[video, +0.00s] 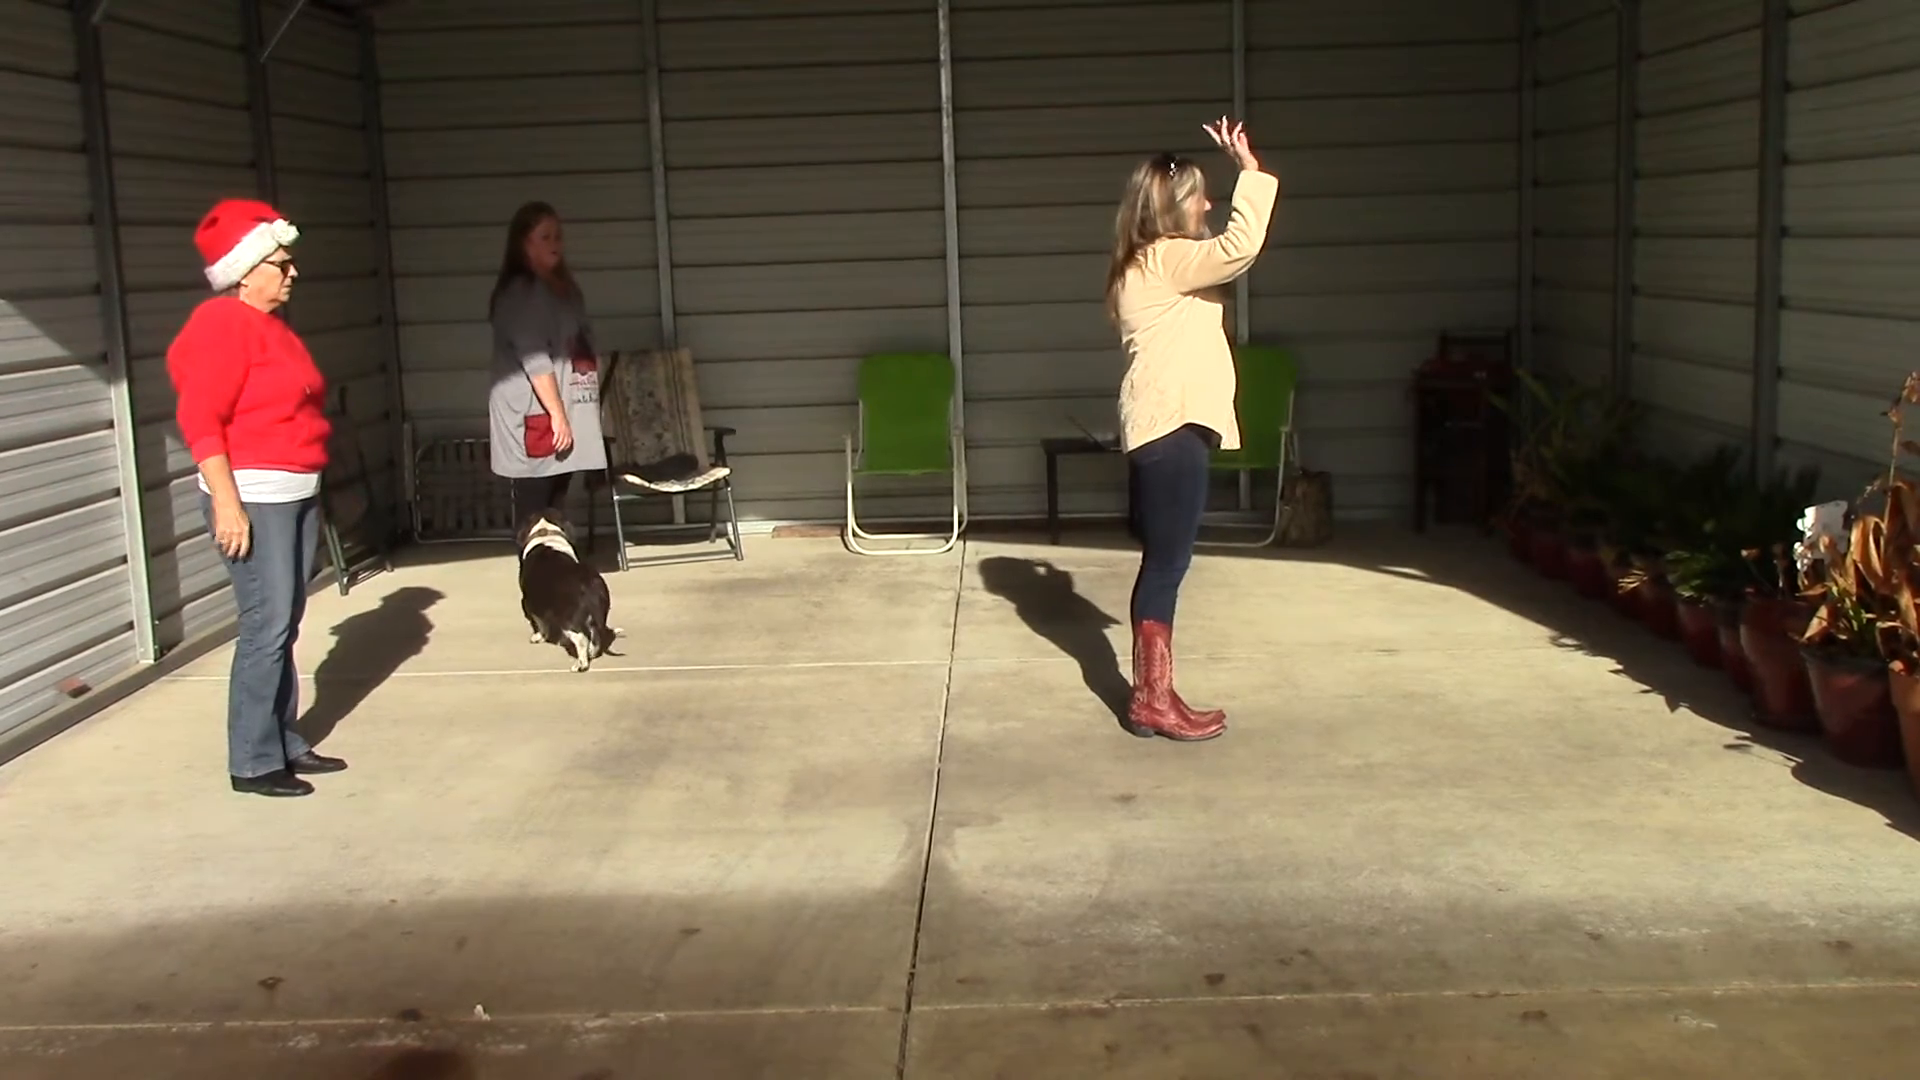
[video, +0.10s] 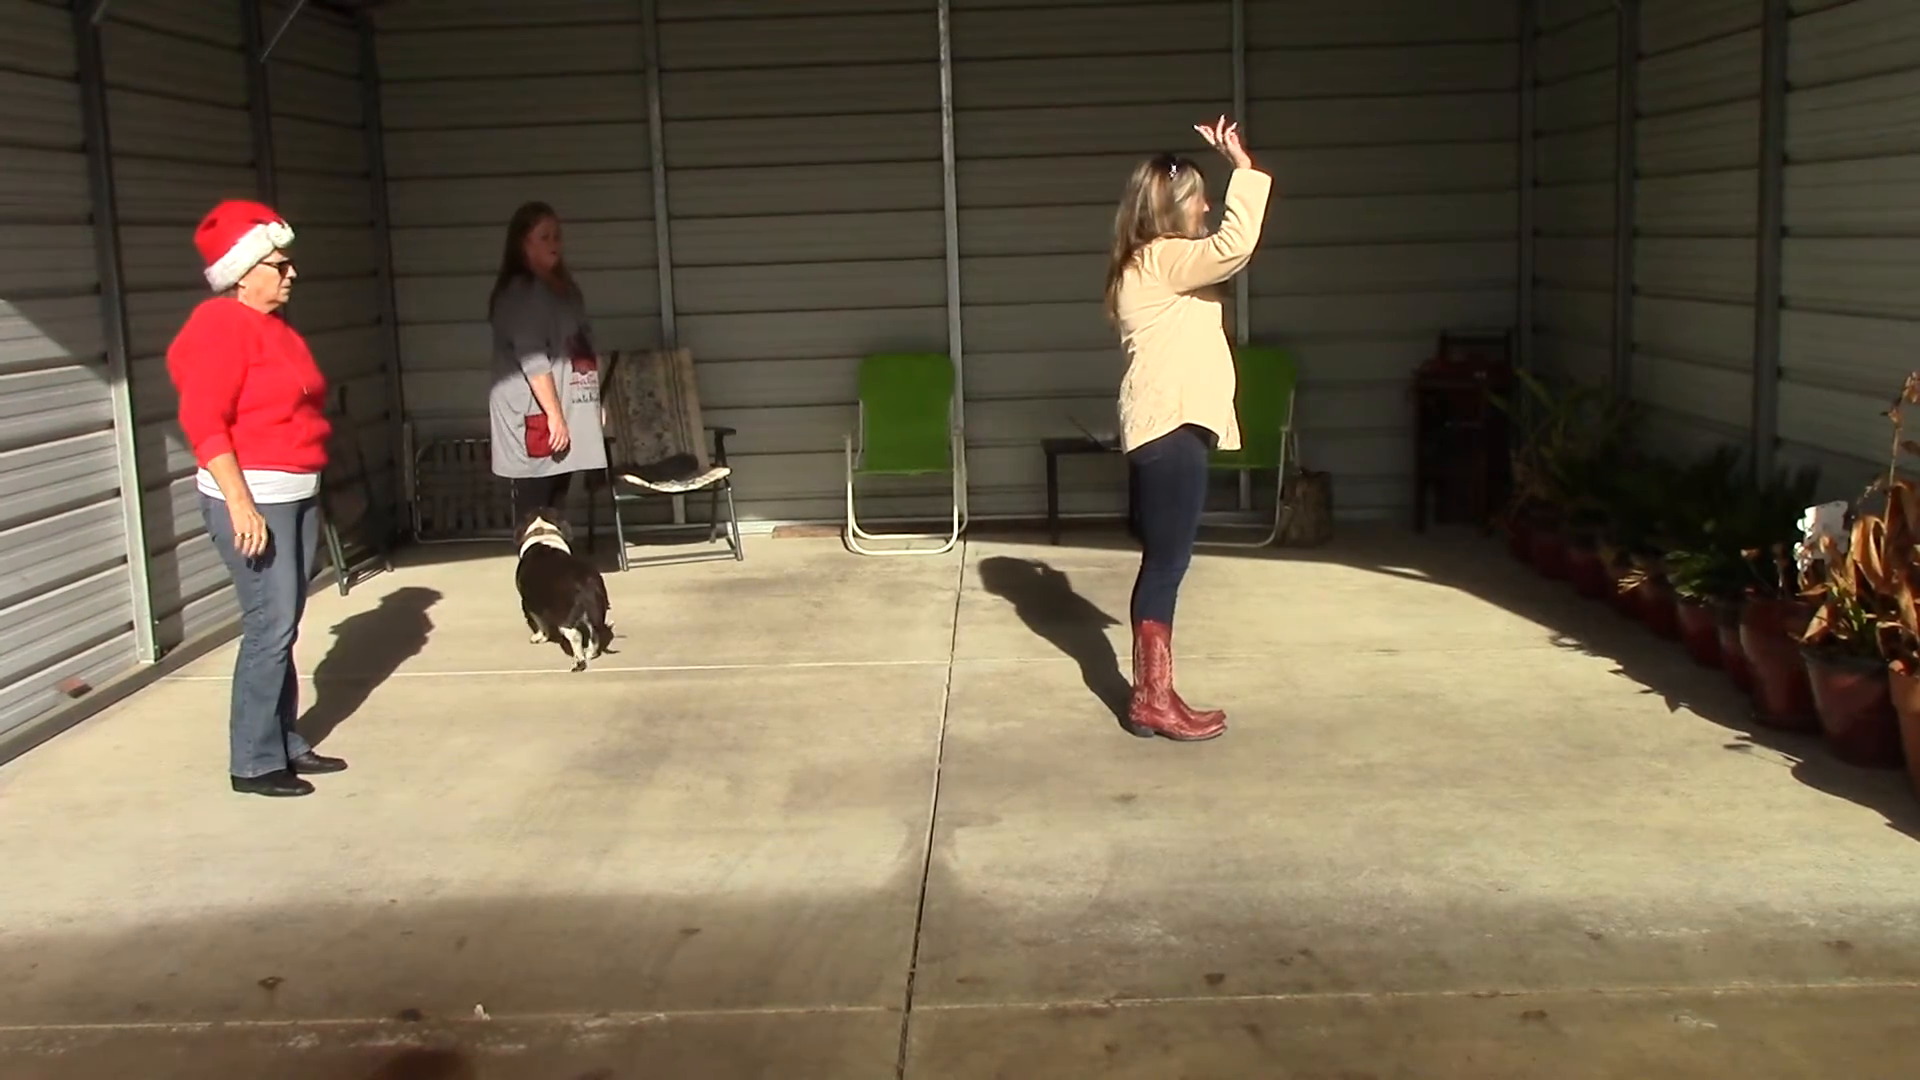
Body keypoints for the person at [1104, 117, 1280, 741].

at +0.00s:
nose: (1209, 206)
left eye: (1206, 196)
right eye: (1200, 197)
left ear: (1164, 206)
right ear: (1171, 205)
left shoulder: (1147, 265)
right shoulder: (1163, 258)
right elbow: (1239, 248)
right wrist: (1254, 175)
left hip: (1162, 428)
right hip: (1174, 428)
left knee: (1163, 558)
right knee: (1167, 559)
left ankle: (1153, 694)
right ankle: (1152, 699)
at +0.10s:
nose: (1208, 208)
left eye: (1206, 198)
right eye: (1199, 198)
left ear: (1161, 204)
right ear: (1171, 204)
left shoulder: (1147, 263)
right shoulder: (1161, 257)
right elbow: (1234, 247)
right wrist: (1247, 172)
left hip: (1161, 427)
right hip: (1173, 427)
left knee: (1163, 559)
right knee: (1167, 560)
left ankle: (1153, 695)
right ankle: (1152, 699)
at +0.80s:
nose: (1227, 212)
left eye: (1226, 201)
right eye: (1219, 201)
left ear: (1183, 205)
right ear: (1190, 205)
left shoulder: (1160, 263)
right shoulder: (1175, 259)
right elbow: (1248, 262)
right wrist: (1274, 191)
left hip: (1168, 427)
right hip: (1175, 427)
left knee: (1166, 561)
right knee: (1167, 563)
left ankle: (1156, 697)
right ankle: (1151, 700)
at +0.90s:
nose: (1230, 218)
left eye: (1230, 208)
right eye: (1222, 208)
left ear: (1180, 208)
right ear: (1192, 209)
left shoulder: (1156, 268)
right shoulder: (1183, 263)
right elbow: (1252, 274)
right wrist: (1287, 205)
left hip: (1158, 434)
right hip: (1183, 433)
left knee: (1173, 557)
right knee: (1207, 560)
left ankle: (1147, 690)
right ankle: (1157, 692)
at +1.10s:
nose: (1243, 234)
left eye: (1243, 223)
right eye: (1235, 223)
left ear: (1198, 223)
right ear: (1204, 222)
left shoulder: (1163, 277)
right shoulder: (1193, 271)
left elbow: (1177, 348)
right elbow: (1266, 272)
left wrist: (1226, 330)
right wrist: (1310, 206)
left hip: (1167, 451)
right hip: (1199, 447)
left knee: (1205, 561)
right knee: (1284, 542)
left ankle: (1154, 689)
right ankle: (1217, 668)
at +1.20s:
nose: (1251, 240)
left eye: (1251, 230)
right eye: (1245, 228)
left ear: (1199, 221)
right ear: (1219, 223)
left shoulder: (1170, 280)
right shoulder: (1201, 271)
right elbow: (1277, 259)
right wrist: (1320, 192)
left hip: (1175, 452)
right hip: (1208, 446)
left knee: (1213, 567)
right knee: (1301, 540)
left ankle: (1155, 687)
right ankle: (1278, 679)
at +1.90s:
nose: (1308, 215)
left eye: (1305, 205)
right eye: (1298, 207)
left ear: (1255, 222)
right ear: (1270, 219)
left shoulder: (1232, 281)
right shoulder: (1271, 271)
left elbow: (1235, 364)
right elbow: (1315, 317)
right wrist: (1376, 259)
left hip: (1236, 448)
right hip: (1268, 444)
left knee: (1272, 567)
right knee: (1322, 554)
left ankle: (1196, 679)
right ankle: (1329, 696)